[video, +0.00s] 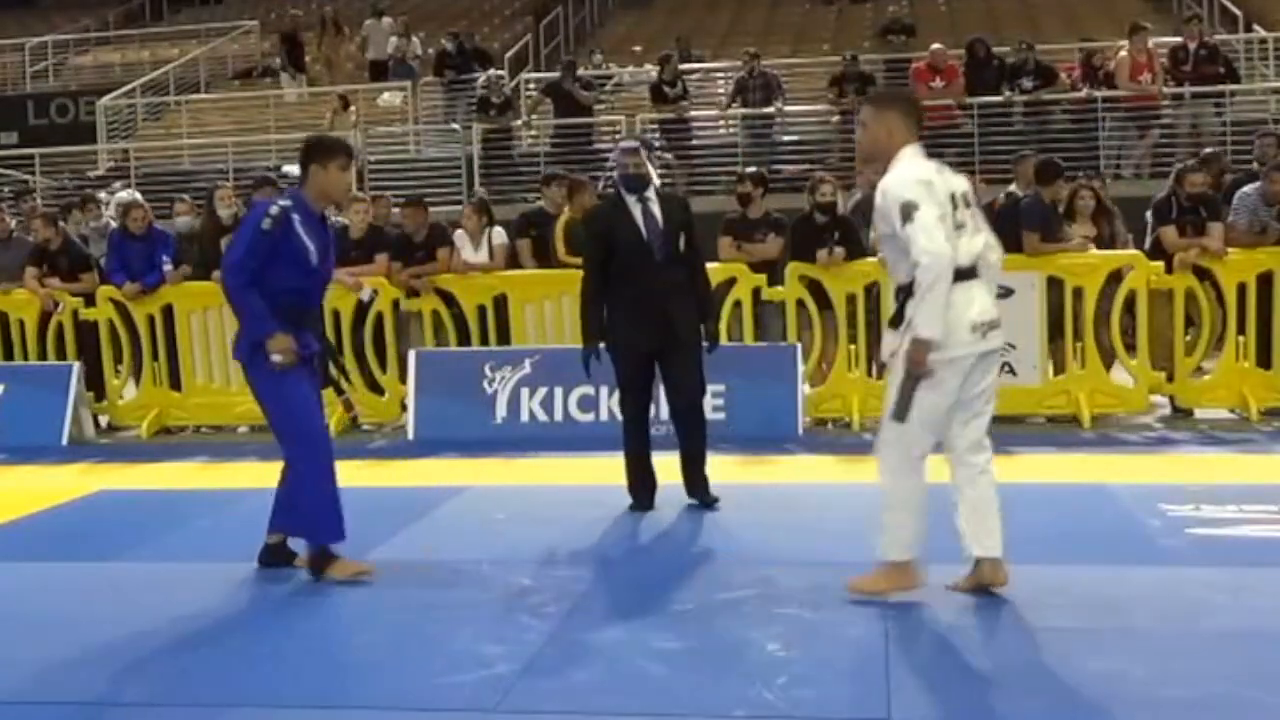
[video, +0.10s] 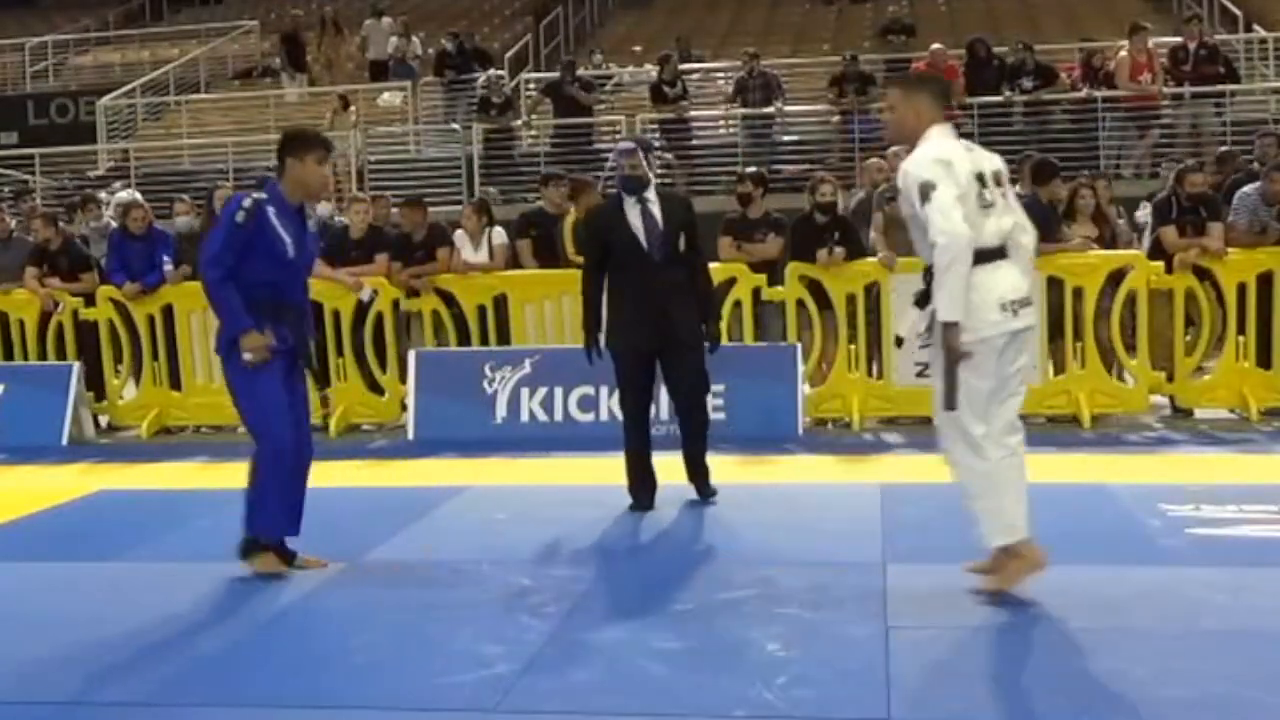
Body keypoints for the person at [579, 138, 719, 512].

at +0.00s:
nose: (634, 168)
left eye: (639, 162)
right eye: (626, 163)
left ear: (650, 165)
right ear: (615, 169)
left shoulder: (675, 205)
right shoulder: (601, 215)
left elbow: (696, 265)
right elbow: (593, 278)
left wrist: (708, 317)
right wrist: (591, 336)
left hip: (679, 325)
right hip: (629, 329)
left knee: (690, 408)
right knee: (635, 414)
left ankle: (698, 486)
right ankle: (641, 492)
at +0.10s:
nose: (634, 173)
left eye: (639, 165)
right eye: (626, 167)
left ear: (651, 166)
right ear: (615, 171)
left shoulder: (678, 206)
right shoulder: (600, 217)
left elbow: (698, 264)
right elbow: (593, 276)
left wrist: (710, 318)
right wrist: (591, 330)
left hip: (680, 324)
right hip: (630, 327)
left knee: (693, 402)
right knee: (635, 412)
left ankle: (699, 474)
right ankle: (641, 491)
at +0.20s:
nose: (633, 172)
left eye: (639, 165)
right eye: (626, 166)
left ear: (653, 166)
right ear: (616, 171)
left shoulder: (681, 205)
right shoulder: (602, 216)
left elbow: (703, 265)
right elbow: (594, 270)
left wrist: (714, 318)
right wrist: (589, 316)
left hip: (682, 322)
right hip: (631, 325)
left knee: (695, 401)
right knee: (637, 410)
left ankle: (695, 469)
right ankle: (641, 490)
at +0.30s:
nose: (637, 173)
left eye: (644, 165)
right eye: (631, 166)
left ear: (661, 166)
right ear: (623, 170)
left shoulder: (687, 207)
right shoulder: (610, 216)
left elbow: (707, 266)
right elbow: (599, 270)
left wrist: (719, 319)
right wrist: (588, 320)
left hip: (683, 324)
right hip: (634, 326)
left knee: (691, 407)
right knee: (638, 412)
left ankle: (693, 481)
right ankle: (642, 492)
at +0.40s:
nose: (642, 170)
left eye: (649, 164)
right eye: (637, 164)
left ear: (666, 166)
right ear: (630, 168)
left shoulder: (695, 209)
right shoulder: (618, 217)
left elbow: (713, 270)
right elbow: (607, 275)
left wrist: (721, 322)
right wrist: (588, 329)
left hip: (686, 327)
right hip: (637, 327)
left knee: (689, 411)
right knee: (640, 415)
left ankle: (692, 484)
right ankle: (641, 492)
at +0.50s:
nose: (646, 171)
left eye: (653, 165)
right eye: (642, 165)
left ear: (671, 168)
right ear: (636, 170)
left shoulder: (700, 212)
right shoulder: (625, 216)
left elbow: (717, 271)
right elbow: (616, 273)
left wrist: (720, 319)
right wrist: (600, 322)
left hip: (689, 328)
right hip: (641, 328)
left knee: (691, 411)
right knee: (643, 413)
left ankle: (692, 485)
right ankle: (641, 492)